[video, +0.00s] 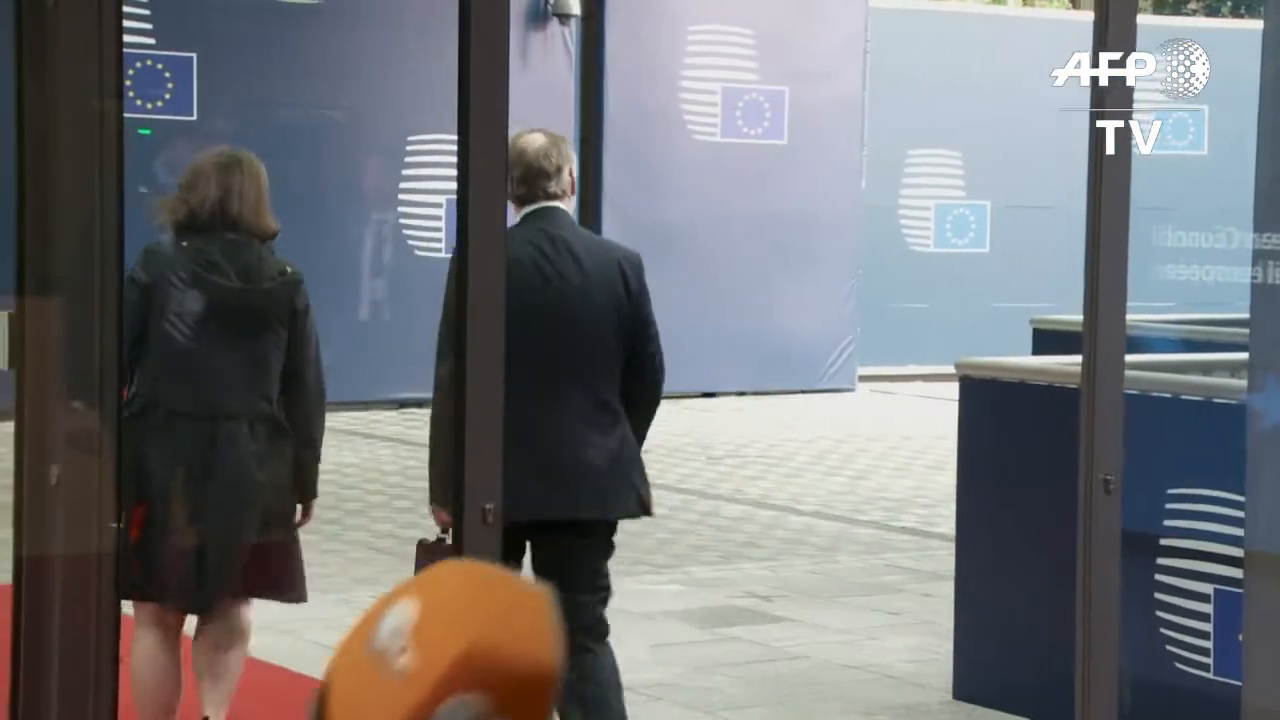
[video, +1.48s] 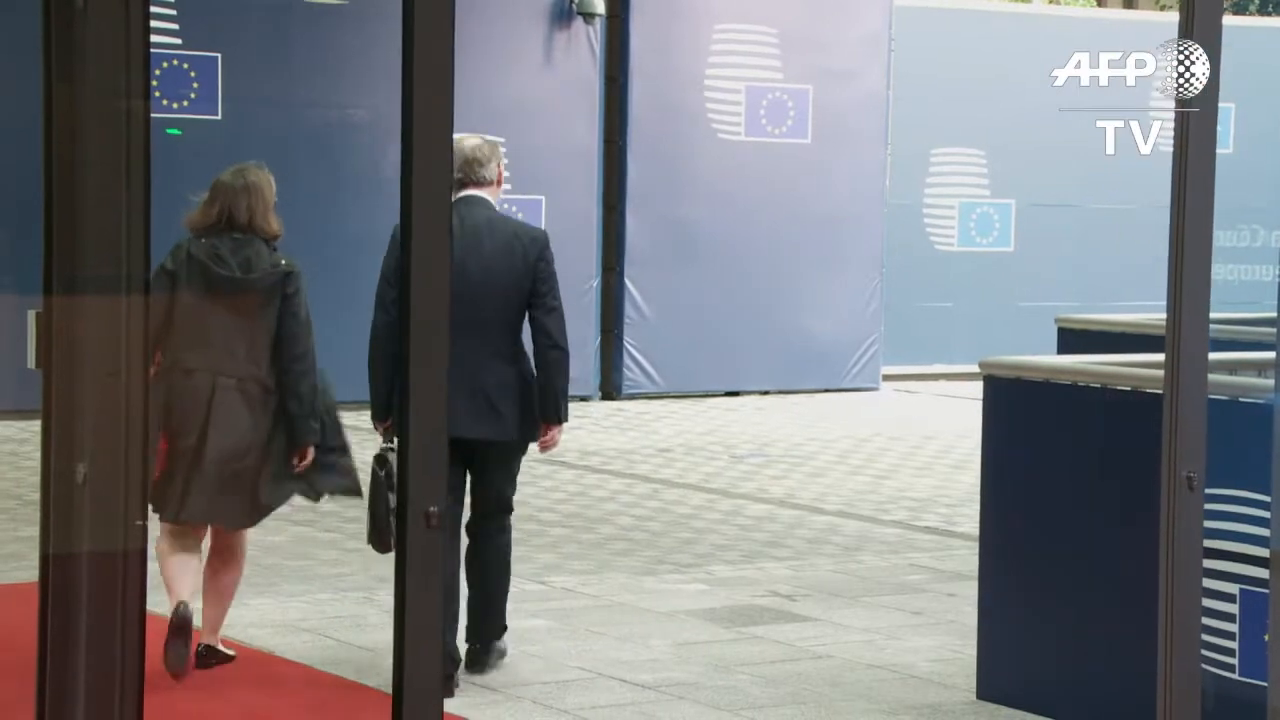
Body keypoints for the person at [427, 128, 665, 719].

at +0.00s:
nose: (574, 183)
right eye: (573, 176)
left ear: (509, 190)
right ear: (569, 183)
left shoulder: (476, 260)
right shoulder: (618, 263)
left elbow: (450, 382)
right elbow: (646, 377)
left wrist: (444, 489)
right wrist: (616, 451)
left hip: (491, 478)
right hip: (586, 476)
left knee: (491, 635)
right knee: (585, 633)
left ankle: (494, 716)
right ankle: (599, 717)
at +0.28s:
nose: (556, 167)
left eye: (549, 158)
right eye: (555, 159)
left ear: (489, 167)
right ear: (548, 167)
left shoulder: (453, 239)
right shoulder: (595, 246)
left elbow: (426, 350)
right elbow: (623, 359)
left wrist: (414, 448)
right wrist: (627, 453)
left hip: (477, 452)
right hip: (561, 456)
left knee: (486, 587)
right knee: (538, 583)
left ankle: (492, 710)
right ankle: (531, 709)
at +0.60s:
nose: (549, 184)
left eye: (544, 175)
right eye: (548, 176)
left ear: (484, 181)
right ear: (542, 183)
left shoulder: (447, 246)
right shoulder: (580, 261)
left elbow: (417, 345)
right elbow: (601, 368)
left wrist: (407, 435)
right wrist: (605, 456)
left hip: (456, 446)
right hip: (536, 451)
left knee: (449, 574)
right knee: (518, 577)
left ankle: (484, 678)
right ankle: (490, 699)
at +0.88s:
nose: (538, 174)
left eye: (534, 165)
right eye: (537, 166)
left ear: (474, 172)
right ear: (529, 174)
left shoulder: (439, 230)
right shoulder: (563, 245)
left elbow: (407, 321)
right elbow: (586, 340)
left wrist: (390, 404)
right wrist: (559, 397)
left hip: (443, 424)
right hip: (526, 426)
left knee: (442, 540)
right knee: (510, 564)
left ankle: (431, 677)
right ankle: (488, 705)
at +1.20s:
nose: (506, 184)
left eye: (499, 175)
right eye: (505, 177)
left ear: (447, 181)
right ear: (497, 182)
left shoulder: (413, 246)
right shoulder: (535, 248)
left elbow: (394, 341)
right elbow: (561, 344)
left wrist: (390, 422)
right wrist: (551, 415)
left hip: (433, 429)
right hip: (507, 427)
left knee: (435, 554)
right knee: (499, 543)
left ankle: (435, 680)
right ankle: (491, 639)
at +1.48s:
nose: (508, 182)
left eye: (504, 174)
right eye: (506, 175)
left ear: (444, 180)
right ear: (496, 179)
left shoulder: (411, 235)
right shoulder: (529, 241)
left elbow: (387, 324)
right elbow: (550, 334)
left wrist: (383, 403)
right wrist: (553, 407)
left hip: (430, 410)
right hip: (500, 411)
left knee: (435, 528)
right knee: (492, 522)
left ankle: (437, 656)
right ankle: (485, 643)